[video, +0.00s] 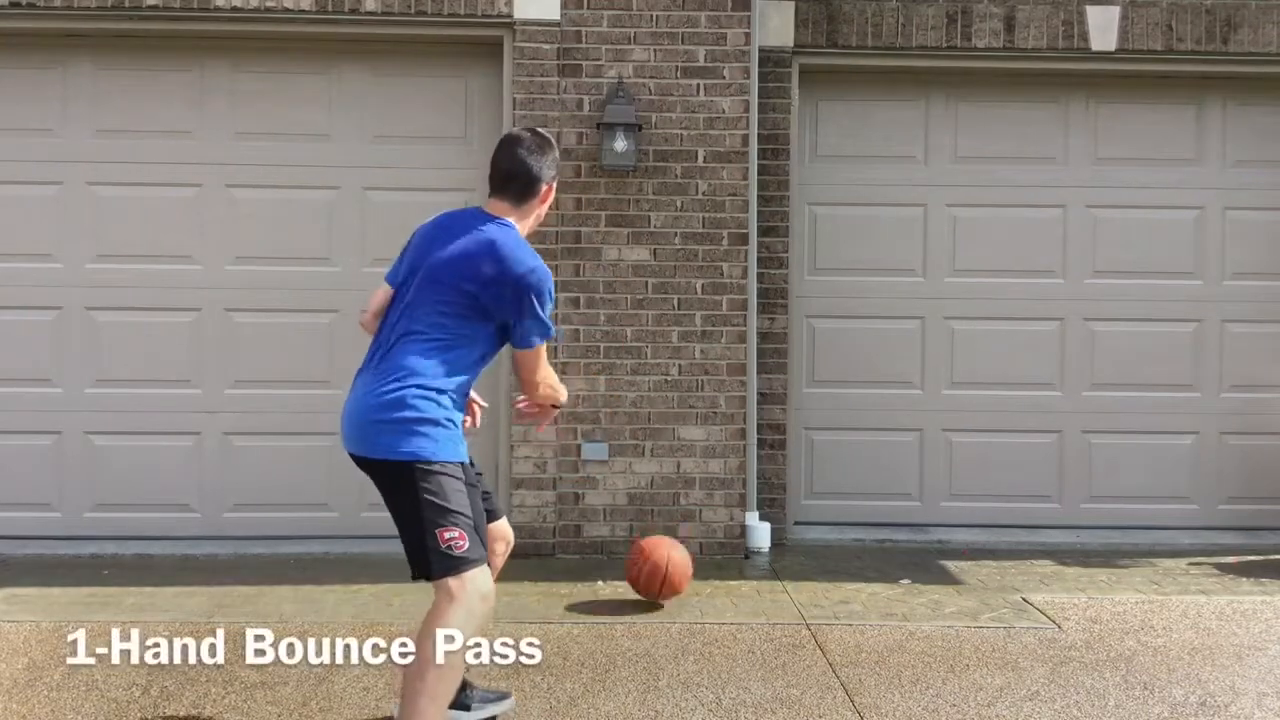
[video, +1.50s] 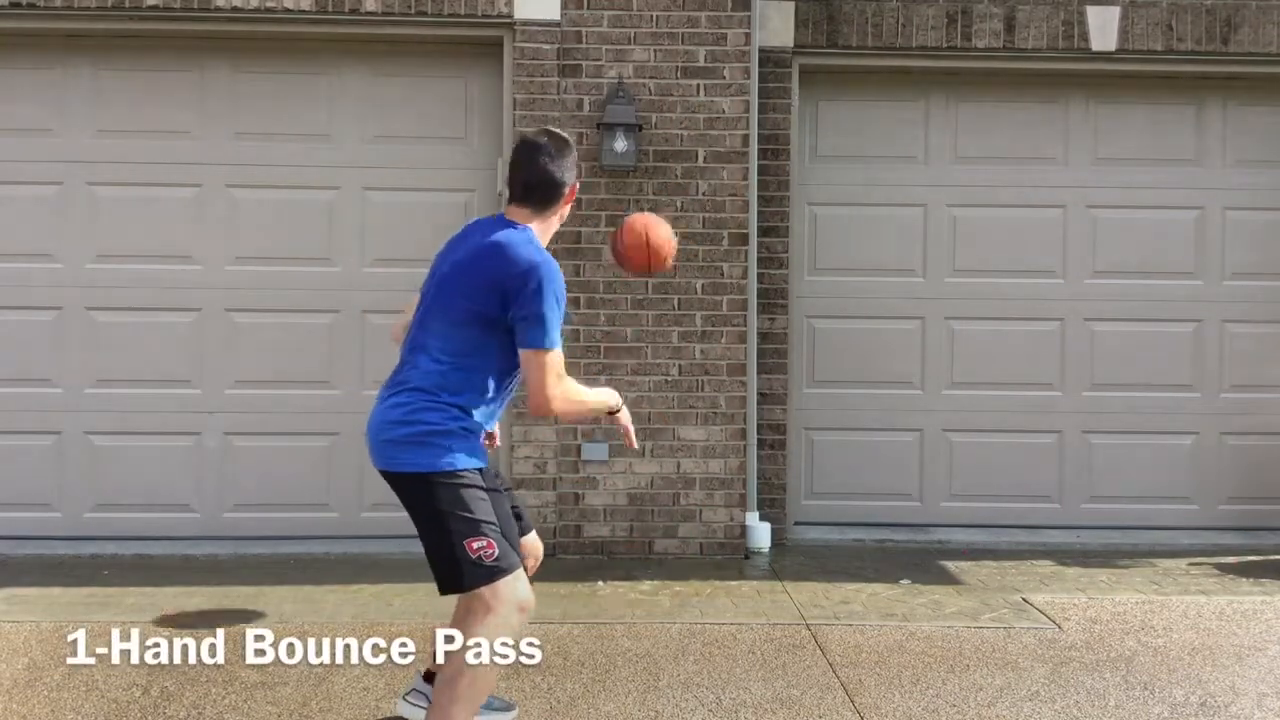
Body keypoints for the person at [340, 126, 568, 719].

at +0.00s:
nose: (554, 198)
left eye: (552, 188)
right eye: (555, 189)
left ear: (490, 180)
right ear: (546, 195)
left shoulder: (438, 228)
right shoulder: (524, 267)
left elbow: (375, 315)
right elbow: (534, 379)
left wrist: (446, 385)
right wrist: (556, 396)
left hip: (378, 414)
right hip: (416, 424)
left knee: (496, 539)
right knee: (466, 587)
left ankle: (439, 682)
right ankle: (414, 711)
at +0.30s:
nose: (551, 190)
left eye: (551, 181)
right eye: (552, 181)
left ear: (485, 177)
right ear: (544, 186)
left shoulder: (440, 232)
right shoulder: (525, 257)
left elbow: (374, 325)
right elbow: (539, 385)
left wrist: (417, 389)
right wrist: (578, 387)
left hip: (385, 418)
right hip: (422, 428)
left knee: (503, 543)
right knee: (481, 594)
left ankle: (428, 692)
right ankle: (438, 711)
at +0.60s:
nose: (545, 156)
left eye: (544, 145)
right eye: (543, 145)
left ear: (475, 154)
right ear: (529, 155)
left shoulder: (447, 212)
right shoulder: (525, 222)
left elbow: (391, 313)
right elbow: (641, 267)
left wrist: (459, 389)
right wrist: (707, 207)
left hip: (393, 411)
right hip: (420, 419)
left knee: (491, 542)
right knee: (475, 591)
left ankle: (428, 695)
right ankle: (434, 713)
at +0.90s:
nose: (573, 192)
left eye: (571, 181)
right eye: (574, 181)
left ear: (509, 173)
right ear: (566, 187)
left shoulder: (484, 230)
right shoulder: (499, 245)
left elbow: (404, 283)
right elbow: (576, 345)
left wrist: (405, 363)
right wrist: (648, 278)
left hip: (440, 425)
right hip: (418, 426)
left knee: (513, 551)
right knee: (475, 591)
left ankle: (430, 689)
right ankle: (432, 710)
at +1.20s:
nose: (582, 213)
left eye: (579, 202)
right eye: (584, 204)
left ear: (517, 194)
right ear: (575, 211)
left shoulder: (479, 238)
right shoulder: (533, 290)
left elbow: (465, 327)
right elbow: (555, 388)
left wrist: (513, 375)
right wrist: (594, 411)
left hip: (439, 429)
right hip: (421, 438)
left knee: (521, 550)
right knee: (487, 596)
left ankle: (434, 687)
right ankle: (439, 712)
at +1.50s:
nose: (576, 199)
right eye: (576, 190)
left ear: (510, 184)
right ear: (570, 196)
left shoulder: (470, 237)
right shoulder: (536, 269)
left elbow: (409, 332)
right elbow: (549, 399)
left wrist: (472, 411)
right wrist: (611, 399)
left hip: (420, 427)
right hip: (433, 437)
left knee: (523, 551)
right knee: (504, 602)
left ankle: (439, 684)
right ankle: (450, 711)